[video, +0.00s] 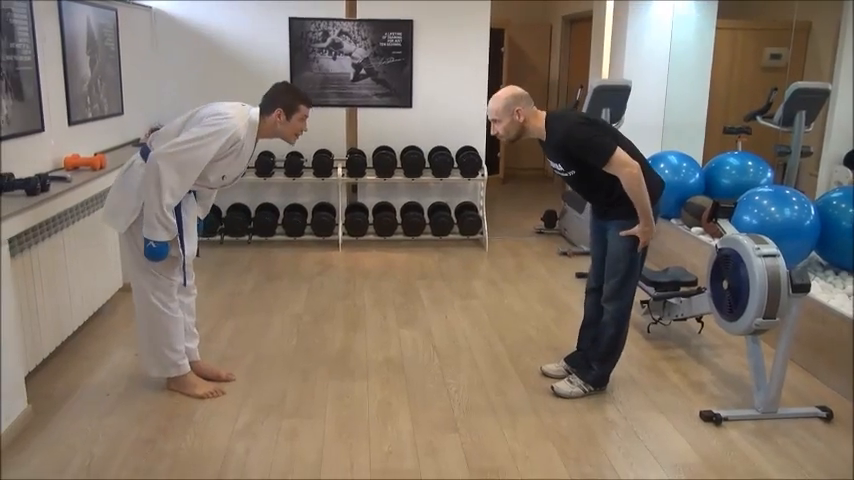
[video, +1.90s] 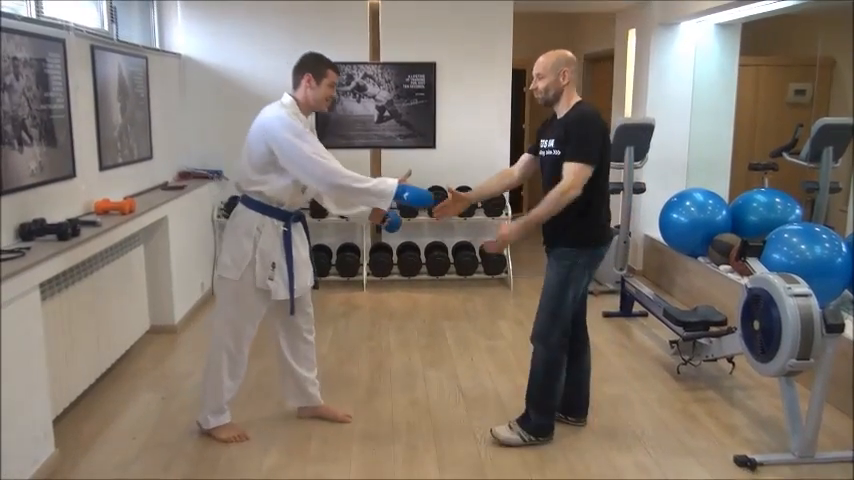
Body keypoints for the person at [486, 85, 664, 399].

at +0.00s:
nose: (493, 130)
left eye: (496, 122)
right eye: (491, 123)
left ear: (519, 114)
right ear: (520, 114)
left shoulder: (570, 131)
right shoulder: (548, 135)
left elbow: (630, 169)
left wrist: (646, 222)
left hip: (629, 211)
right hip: (603, 207)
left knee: (614, 297)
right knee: (596, 289)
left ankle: (596, 377)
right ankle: (582, 361)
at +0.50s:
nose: (507, 98)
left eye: (513, 90)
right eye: (507, 90)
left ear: (539, 88)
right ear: (538, 89)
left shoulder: (586, 117)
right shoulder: (561, 119)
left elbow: (639, 161)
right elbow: (601, 162)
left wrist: (651, 216)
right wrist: (608, 204)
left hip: (636, 208)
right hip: (610, 205)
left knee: (623, 293)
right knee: (604, 285)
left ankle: (608, 375)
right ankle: (595, 359)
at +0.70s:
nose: (540, 48)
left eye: (548, 42)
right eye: (543, 41)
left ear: (574, 48)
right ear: (570, 49)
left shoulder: (602, 89)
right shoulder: (572, 89)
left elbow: (638, 149)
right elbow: (591, 148)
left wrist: (639, 209)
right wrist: (591, 199)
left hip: (625, 207)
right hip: (599, 204)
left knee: (619, 293)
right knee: (600, 287)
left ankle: (612, 375)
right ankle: (598, 359)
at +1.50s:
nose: (566, 79)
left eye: (573, 72)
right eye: (567, 73)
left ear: (599, 75)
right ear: (592, 77)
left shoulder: (610, 123)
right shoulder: (582, 123)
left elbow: (618, 192)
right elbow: (576, 185)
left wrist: (597, 250)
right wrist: (560, 236)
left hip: (587, 248)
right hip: (562, 243)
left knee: (589, 337)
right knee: (565, 334)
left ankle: (616, 420)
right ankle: (567, 411)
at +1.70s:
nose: (550, 83)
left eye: (557, 76)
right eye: (550, 77)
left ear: (583, 75)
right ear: (576, 77)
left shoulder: (597, 120)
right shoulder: (569, 125)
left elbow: (606, 187)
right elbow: (554, 187)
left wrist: (584, 247)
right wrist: (529, 227)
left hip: (582, 247)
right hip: (560, 243)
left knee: (549, 323)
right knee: (572, 327)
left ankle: (591, 407)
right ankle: (567, 406)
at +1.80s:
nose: (542, 83)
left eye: (548, 76)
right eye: (542, 77)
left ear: (574, 76)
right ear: (569, 77)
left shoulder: (592, 120)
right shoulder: (562, 125)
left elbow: (598, 185)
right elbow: (537, 179)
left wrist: (570, 241)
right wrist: (494, 213)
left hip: (581, 244)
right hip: (564, 242)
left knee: (545, 327)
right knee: (572, 329)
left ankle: (561, 420)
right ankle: (573, 410)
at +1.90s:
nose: (533, 85)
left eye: (539, 77)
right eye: (533, 78)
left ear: (564, 77)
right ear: (557, 78)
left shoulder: (585, 119)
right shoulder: (552, 125)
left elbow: (572, 186)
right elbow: (516, 173)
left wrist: (520, 227)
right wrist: (467, 197)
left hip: (580, 243)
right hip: (563, 242)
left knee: (547, 333)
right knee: (571, 326)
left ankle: (537, 425)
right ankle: (573, 408)